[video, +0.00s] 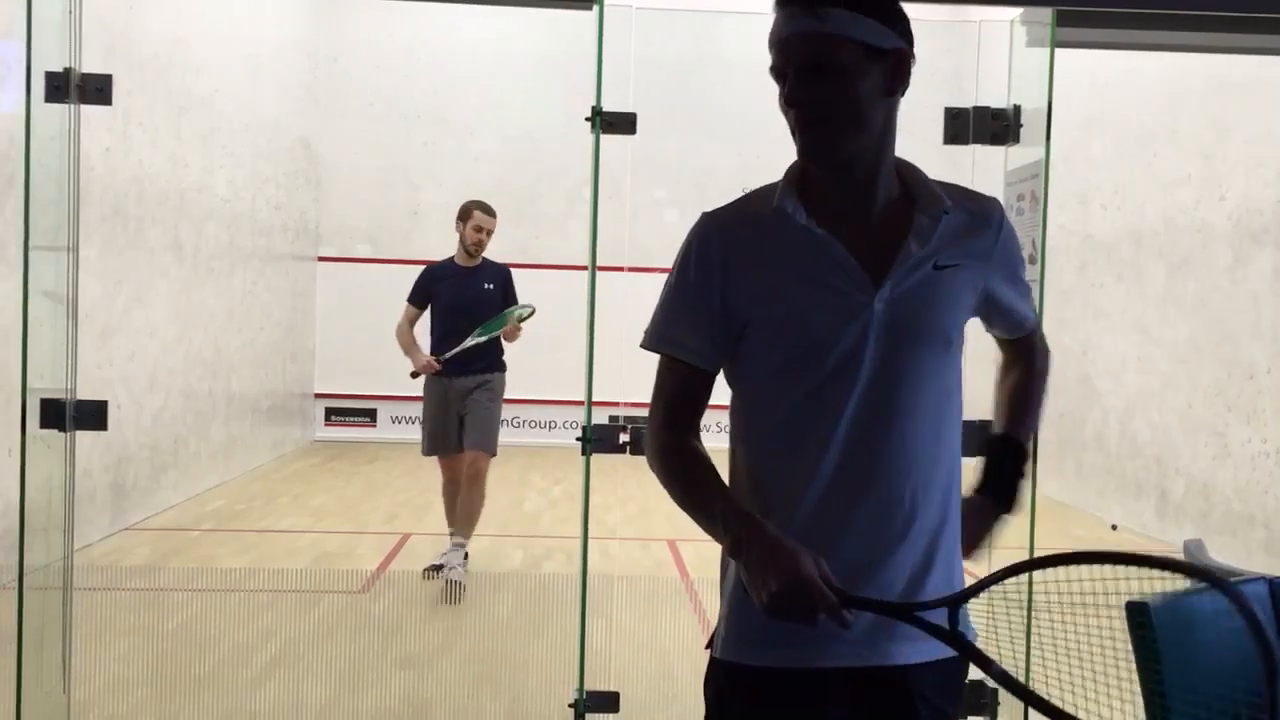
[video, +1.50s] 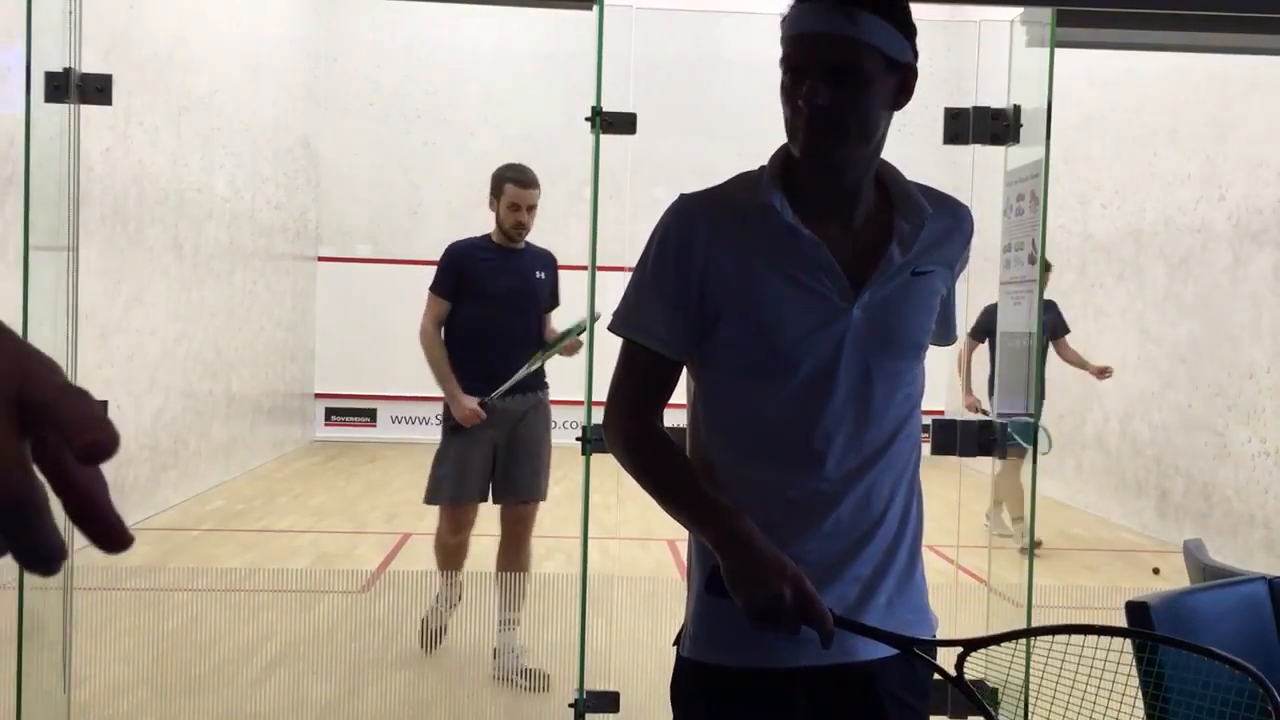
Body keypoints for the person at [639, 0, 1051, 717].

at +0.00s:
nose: (794, 96)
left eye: (822, 71)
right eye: (783, 75)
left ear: (898, 72)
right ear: (773, 80)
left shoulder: (976, 232)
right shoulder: (726, 244)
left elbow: (1024, 348)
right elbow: (668, 433)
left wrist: (995, 491)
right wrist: (753, 546)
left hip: (921, 647)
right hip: (770, 647)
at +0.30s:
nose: (795, 90)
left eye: (824, 67)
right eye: (786, 67)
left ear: (900, 74)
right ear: (773, 76)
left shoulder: (959, 229)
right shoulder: (714, 236)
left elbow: (932, 372)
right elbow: (658, 430)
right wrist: (758, 541)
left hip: (906, 638)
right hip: (757, 644)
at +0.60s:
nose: (790, 90)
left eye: (820, 67)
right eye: (777, 67)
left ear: (892, 76)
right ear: (765, 78)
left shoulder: (944, 230)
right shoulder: (704, 234)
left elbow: (910, 389)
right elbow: (638, 431)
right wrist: (752, 552)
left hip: (894, 642)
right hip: (747, 650)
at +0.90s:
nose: (783, 91)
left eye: (813, 68)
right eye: (773, 67)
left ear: (889, 83)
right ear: (761, 77)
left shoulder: (939, 230)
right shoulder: (700, 230)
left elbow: (885, 388)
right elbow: (629, 426)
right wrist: (744, 546)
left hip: (887, 639)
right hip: (741, 647)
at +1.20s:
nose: (783, 93)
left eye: (815, 71)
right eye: (775, 69)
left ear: (891, 88)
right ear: (764, 77)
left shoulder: (942, 232)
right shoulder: (699, 229)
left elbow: (885, 381)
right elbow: (628, 422)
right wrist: (736, 539)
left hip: (886, 639)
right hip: (738, 645)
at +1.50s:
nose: (815, 96)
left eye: (845, 74)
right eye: (799, 72)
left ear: (902, 89)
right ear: (780, 80)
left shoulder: (942, 230)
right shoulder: (701, 229)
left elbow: (889, 386)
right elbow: (630, 422)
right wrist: (738, 545)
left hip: (889, 635)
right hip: (741, 644)